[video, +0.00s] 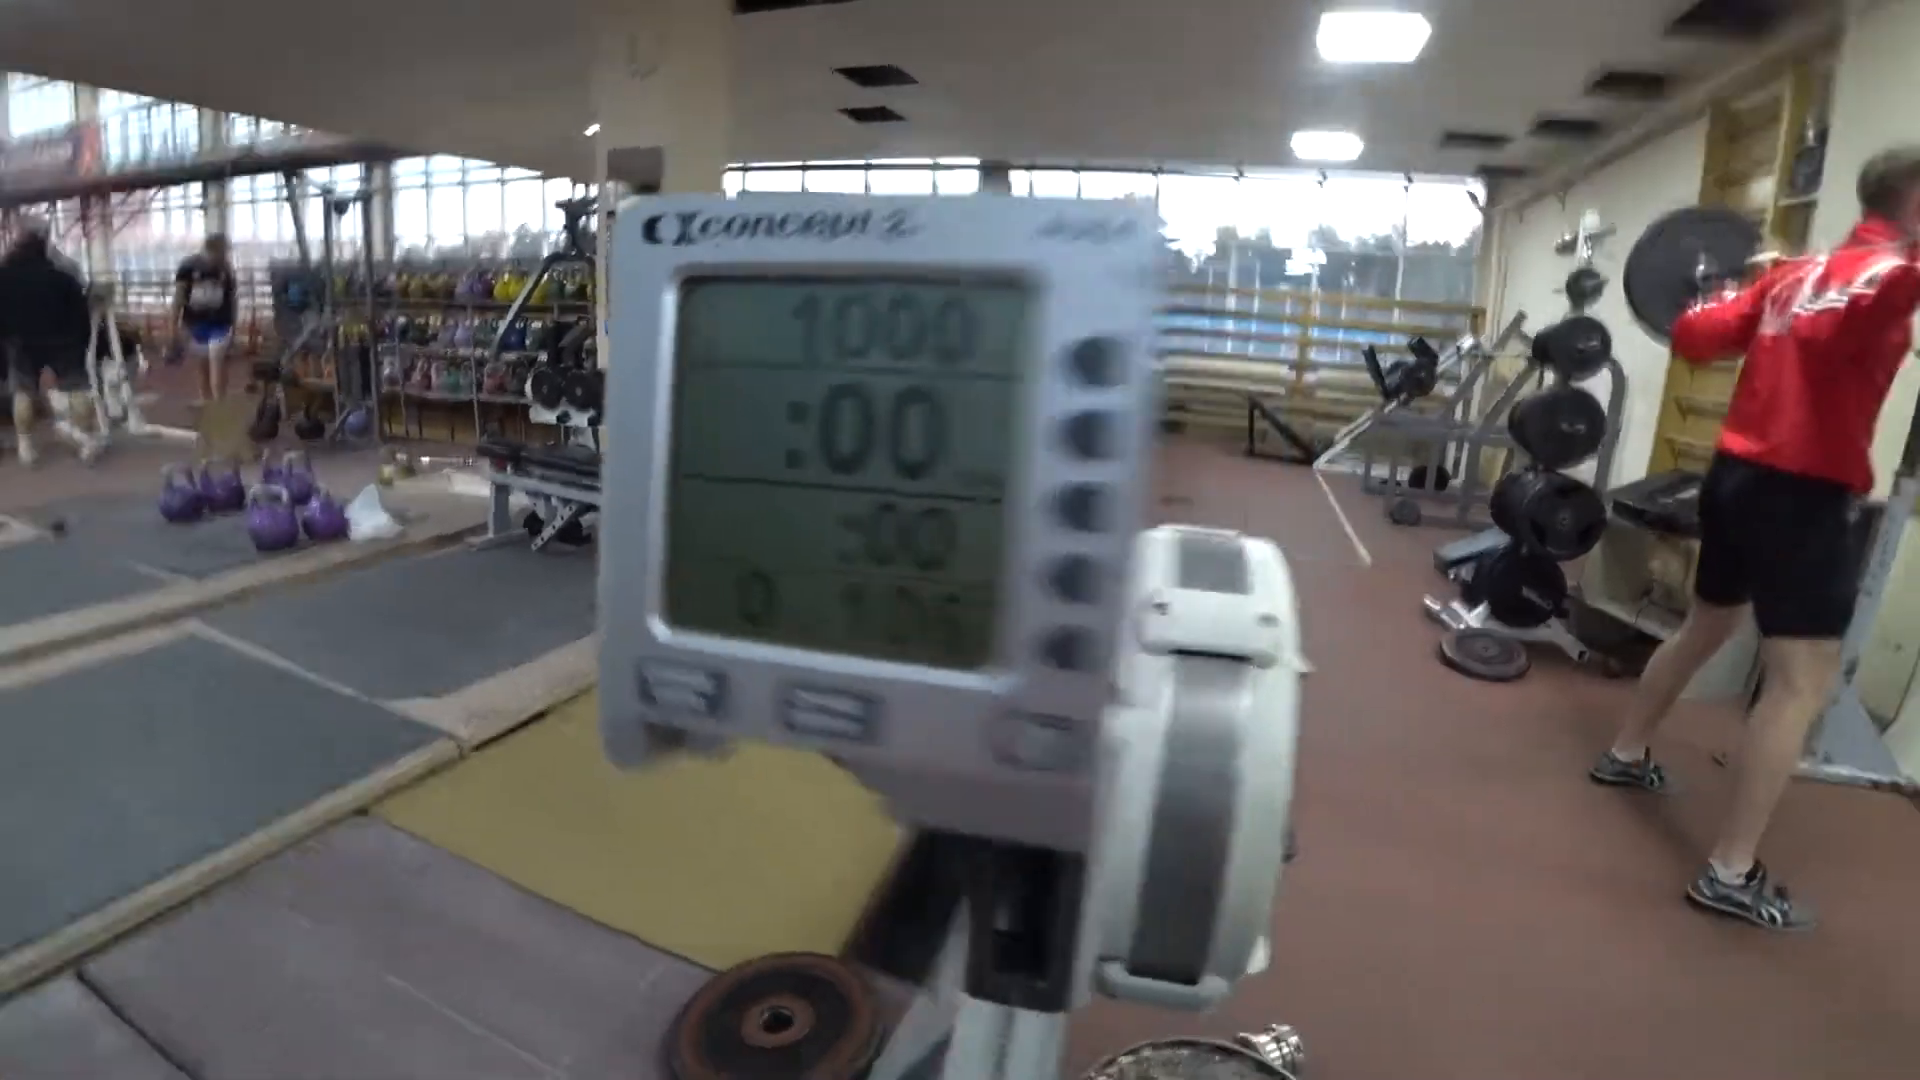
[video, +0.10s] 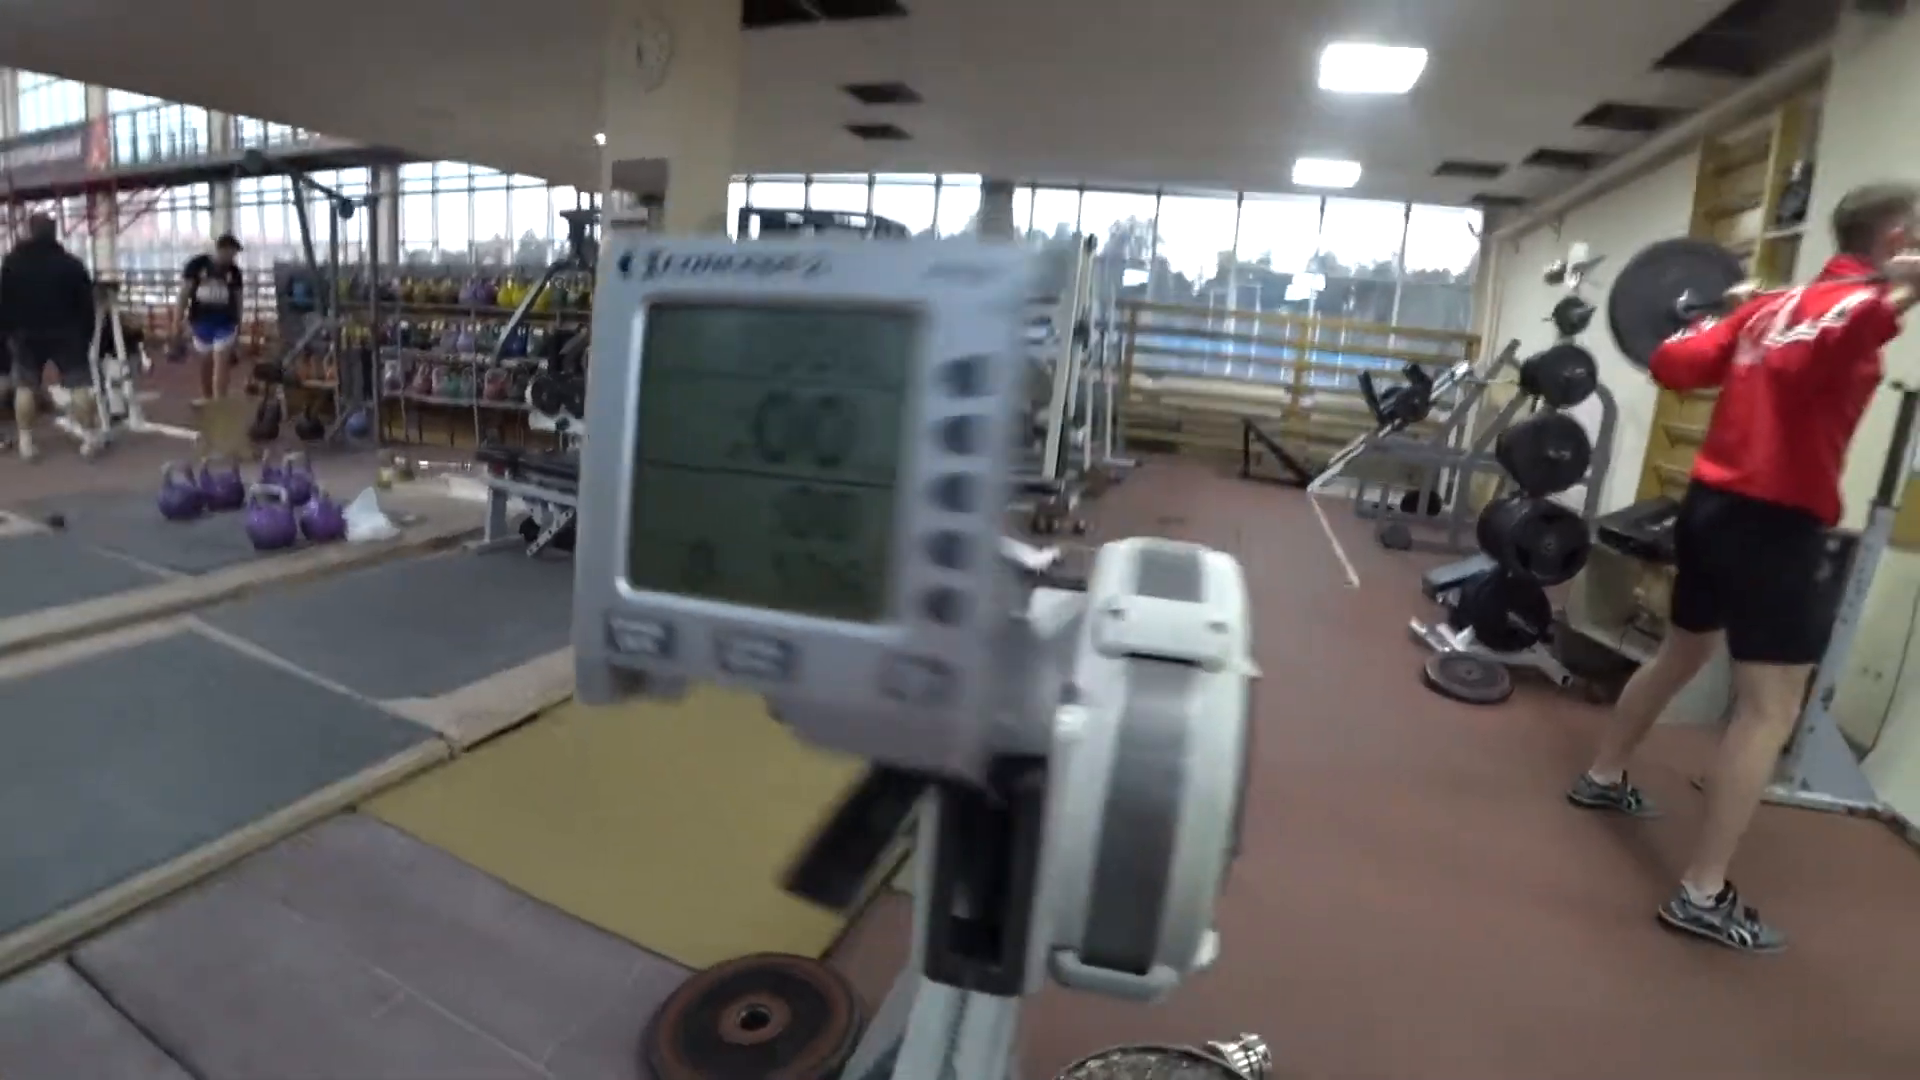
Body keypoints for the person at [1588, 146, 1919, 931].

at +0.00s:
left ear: (1862, 205)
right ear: (1913, 206)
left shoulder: (1791, 273)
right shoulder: (1898, 273)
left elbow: (1695, 331)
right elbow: (1873, 308)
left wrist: (1729, 288)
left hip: (1734, 475)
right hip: (1809, 492)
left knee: (1707, 624)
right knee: (1800, 684)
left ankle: (1625, 751)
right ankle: (1730, 871)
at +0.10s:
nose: (1915, 257)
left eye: (1915, 244)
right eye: (1914, 244)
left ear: (1843, 243)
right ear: (1895, 241)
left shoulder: (1767, 306)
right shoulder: (1870, 304)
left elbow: (1672, 360)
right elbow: (1842, 328)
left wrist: (1708, 322)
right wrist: (1897, 295)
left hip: (1709, 508)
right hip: (1781, 524)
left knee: (1678, 651)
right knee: (1765, 713)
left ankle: (1601, 773)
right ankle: (1702, 891)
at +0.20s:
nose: (1881, 299)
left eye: (1881, 285)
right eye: (1874, 285)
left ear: (1808, 286)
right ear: (1845, 287)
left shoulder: (1738, 351)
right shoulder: (1822, 343)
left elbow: (1651, 399)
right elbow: (1774, 387)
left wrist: (1699, 361)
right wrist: (1843, 351)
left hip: (1682, 547)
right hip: (1750, 560)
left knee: (1658, 686)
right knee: (1742, 745)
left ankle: (1584, 813)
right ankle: (1677, 932)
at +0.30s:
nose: (1856, 349)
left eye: (1857, 336)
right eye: (1848, 336)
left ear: (1781, 340)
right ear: (1816, 338)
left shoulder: (1716, 394)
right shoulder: (1802, 393)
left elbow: (1631, 446)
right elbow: (1766, 423)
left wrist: (1674, 404)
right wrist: (1825, 388)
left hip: (1664, 591)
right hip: (1728, 605)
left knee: (1652, 729)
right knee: (1733, 785)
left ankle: (1580, 851)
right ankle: (1671, 967)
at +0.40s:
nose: (1855, 405)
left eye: (1856, 394)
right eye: (1850, 393)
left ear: (1784, 393)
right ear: (1826, 395)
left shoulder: (1723, 451)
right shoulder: (1803, 449)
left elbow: (1640, 500)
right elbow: (1768, 476)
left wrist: (1693, 459)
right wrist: (1824, 446)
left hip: (1667, 642)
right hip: (1723, 656)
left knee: (1671, 782)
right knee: (1759, 839)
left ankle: (1595, 900)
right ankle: (1679, 1019)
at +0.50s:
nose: (1877, 463)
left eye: (1876, 449)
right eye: (1871, 449)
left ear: (1812, 450)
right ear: (1849, 451)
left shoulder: (1755, 500)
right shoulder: (1831, 506)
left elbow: (1669, 549)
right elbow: (1776, 537)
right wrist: (1840, 501)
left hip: (1684, 689)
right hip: (1740, 705)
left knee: (1718, 830)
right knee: (1821, 889)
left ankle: (1635, 943)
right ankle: (1720, 1054)